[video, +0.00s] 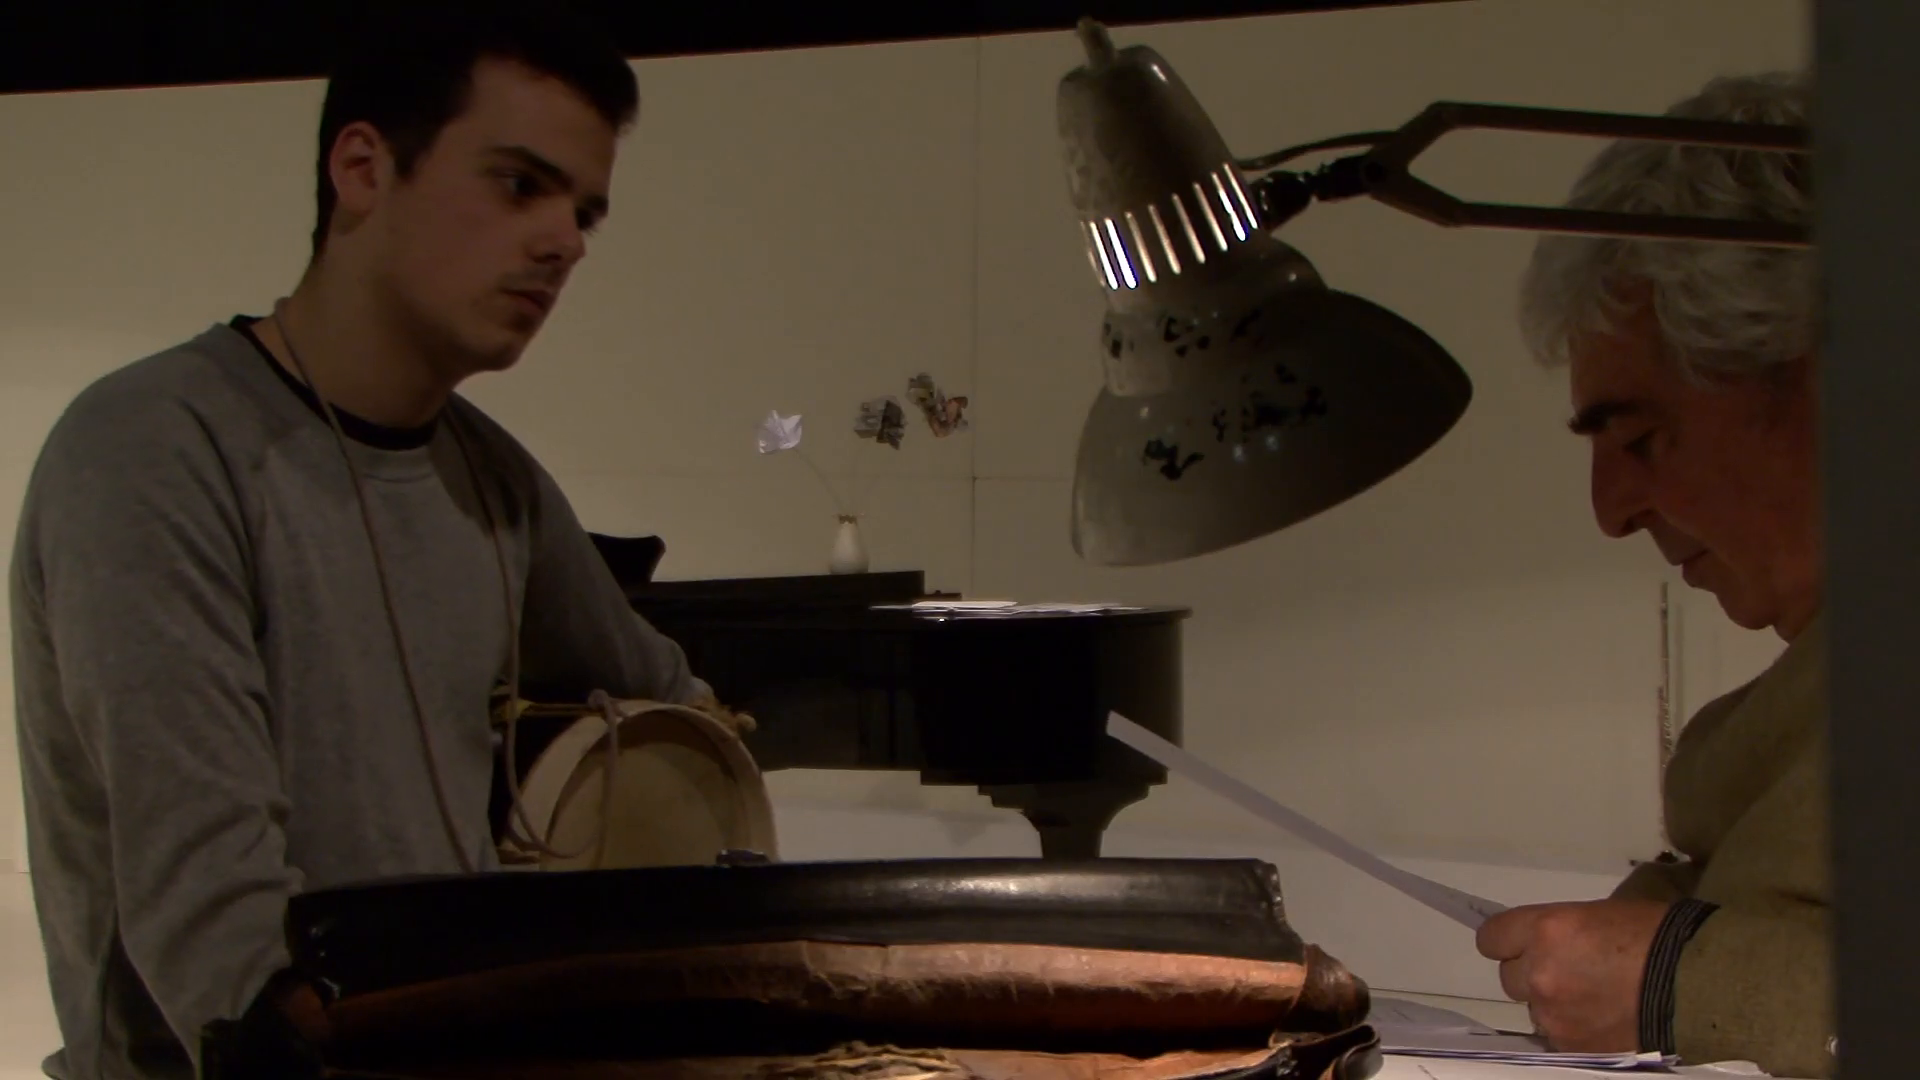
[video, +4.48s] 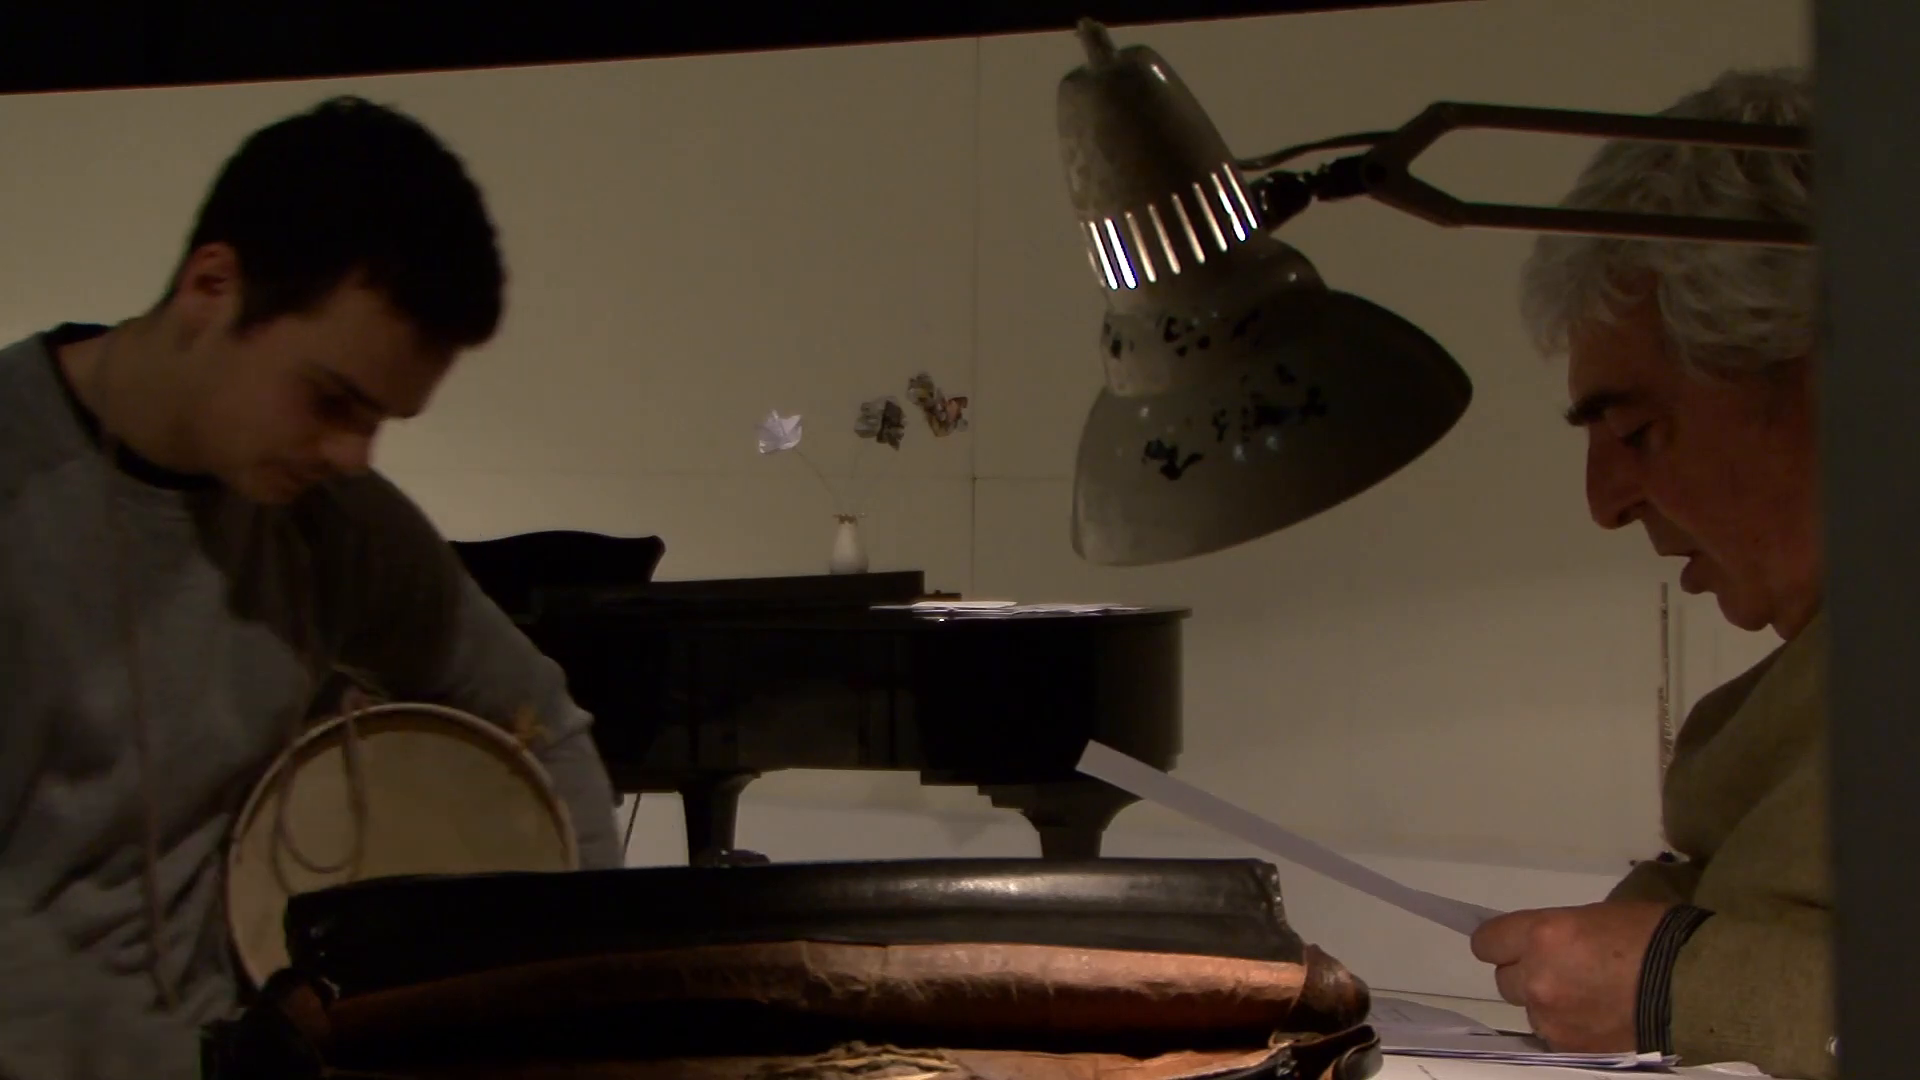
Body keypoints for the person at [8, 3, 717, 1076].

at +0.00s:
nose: (564, 244)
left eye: (582, 214)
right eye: (519, 184)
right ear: (361, 169)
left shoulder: (502, 485)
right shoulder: (142, 451)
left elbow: (674, 720)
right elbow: (212, 919)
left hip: (489, 1040)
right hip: (199, 1063)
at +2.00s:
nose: (510, 284)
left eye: (529, 249)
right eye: (469, 224)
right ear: (319, 201)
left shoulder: (424, 486)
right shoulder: (135, 434)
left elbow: (597, 702)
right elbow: (306, 846)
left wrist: (760, 908)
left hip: (354, 1036)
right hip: (129, 1057)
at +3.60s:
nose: (523, 338)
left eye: (549, 301)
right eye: (493, 279)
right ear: (349, 224)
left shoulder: (459, 494)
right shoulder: (110, 445)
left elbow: (669, 719)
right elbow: (222, 898)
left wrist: (724, 947)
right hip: (89, 1045)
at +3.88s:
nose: (517, 427)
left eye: (542, 394)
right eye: (499, 369)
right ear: (374, 265)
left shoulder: (478, 519)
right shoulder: (90, 444)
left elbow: (677, 735)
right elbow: (80, 872)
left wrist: (715, 953)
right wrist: (317, 1041)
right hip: (56, 1036)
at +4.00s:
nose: (520, 431)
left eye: (544, 397)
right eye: (502, 371)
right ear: (377, 268)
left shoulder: (467, 523)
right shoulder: (86, 442)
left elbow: (665, 745)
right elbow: (88, 872)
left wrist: (689, 966)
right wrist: (326, 1044)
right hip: (48, 1042)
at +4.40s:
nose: (409, 454)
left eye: (438, 420)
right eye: (393, 398)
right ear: (270, 283)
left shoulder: (385, 514)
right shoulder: (18, 450)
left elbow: (574, 736)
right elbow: (9, 859)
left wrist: (627, 960)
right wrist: (258, 1028)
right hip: (32, 1028)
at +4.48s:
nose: (354, 459)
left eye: (382, 423)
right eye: (333, 401)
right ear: (210, 287)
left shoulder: (346, 521)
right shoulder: (15, 468)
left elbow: (539, 730)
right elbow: (12, 932)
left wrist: (573, 972)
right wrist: (191, 1062)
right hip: (44, 1041)